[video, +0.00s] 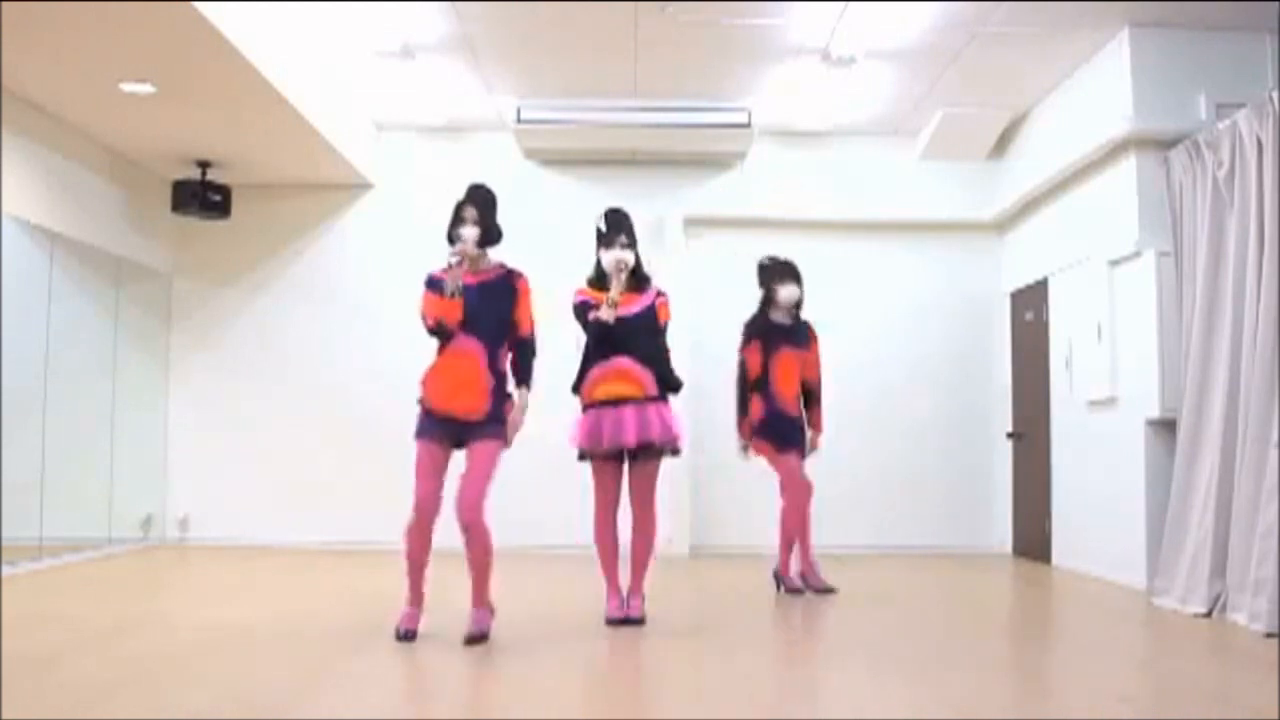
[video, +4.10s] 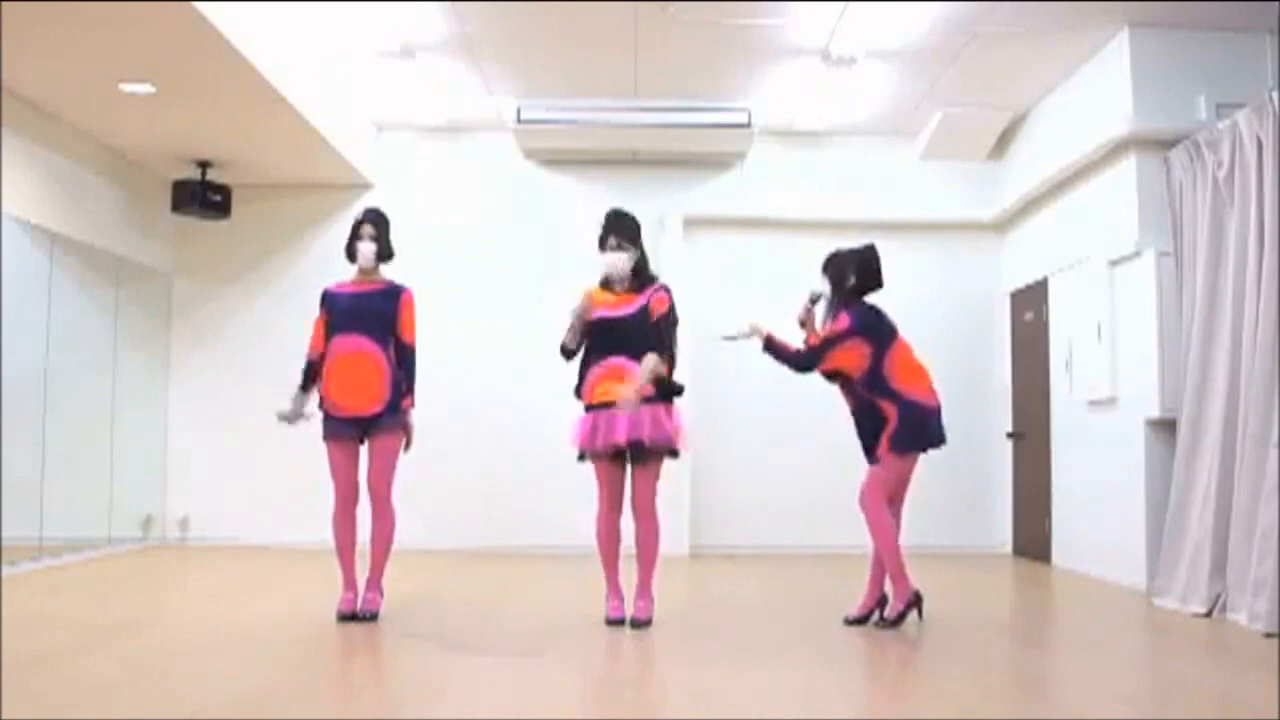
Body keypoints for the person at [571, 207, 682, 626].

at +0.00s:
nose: (620, 257)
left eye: (626, 248)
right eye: (612, 248)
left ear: (636, 252)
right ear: (599, 253)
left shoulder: (653, 297)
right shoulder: (586, 296)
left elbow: (658, 343)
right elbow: (595, 328)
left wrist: (669, 379)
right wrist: (613, 292)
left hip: (647, 397)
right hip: (603, 397)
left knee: (642, 500)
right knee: (606, 501)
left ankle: (636, 589)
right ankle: (613, 589)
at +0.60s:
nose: (620, 253)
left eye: (627, 244)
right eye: (612, 244)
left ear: (638, 248)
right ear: (600, 247)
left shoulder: (653, 292)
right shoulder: (586, 291)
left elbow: (680, 321)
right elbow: (584, 320)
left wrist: (689, 329)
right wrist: (602, 294)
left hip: (642, 400)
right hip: (598, 400)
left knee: (636, 501)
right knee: (606, 502)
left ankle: (635, 591)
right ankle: (613, 591)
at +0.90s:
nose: (622, 257)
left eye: (629, 249)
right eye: (615, 248)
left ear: (638, 254)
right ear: (601, 250)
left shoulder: (649, 295)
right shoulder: (585, 294)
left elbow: (675, 342)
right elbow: (588, 322)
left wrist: (698, 300)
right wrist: (612, 288)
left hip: (631, 399)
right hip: (590, 397)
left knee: (597, 489)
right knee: (599, 497)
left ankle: (581, 586)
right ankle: (615, 591)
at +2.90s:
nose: (615, 261)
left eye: (623, 253)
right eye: (608, 252)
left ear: (633, 255)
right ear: (596, 256)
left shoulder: (652, 298)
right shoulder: (582, 298)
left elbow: (691, 332)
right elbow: (581, 332)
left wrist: (676, 304)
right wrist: (597, 303)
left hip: (629, 406)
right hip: (585, 405)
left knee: (598, 502)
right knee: (595, 505)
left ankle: (575, 593)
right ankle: (614, 592)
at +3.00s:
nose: (615, 257)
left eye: (622, 248)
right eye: (607, 249)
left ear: (633, 252)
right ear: (596, 252)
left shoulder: (651, 296)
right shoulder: (581, 295)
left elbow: (694, 329)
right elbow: (578, 328)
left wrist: (687, 342)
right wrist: (595, 305)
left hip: (632, 401)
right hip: (589, 401)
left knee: (600, 482)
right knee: (595, 489)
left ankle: (607, 582)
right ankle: (610, 587)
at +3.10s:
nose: (615, 256)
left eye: (623, 247)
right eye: (608, 247)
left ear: (634, 251)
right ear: (596, 250)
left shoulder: (651, 295)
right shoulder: (582, 294)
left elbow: (682, 347)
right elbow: (582, 327)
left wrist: (698, 393)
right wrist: (602, 293)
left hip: (637, 401)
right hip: (593, 400)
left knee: (608, 478)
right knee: (600, 489)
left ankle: (634, 557)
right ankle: (612, 589)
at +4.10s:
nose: (615, 257)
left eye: (622, 248)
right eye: (608, 248)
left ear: (637, 249)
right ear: (600, 251)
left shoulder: (656, 296)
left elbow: (663, 351)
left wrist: (638, 384)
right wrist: (581, 317)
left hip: (646, 402)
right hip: (603, 404)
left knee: (643, 504)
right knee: (610, 503)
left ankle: (644, 593)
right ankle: (613, 591)